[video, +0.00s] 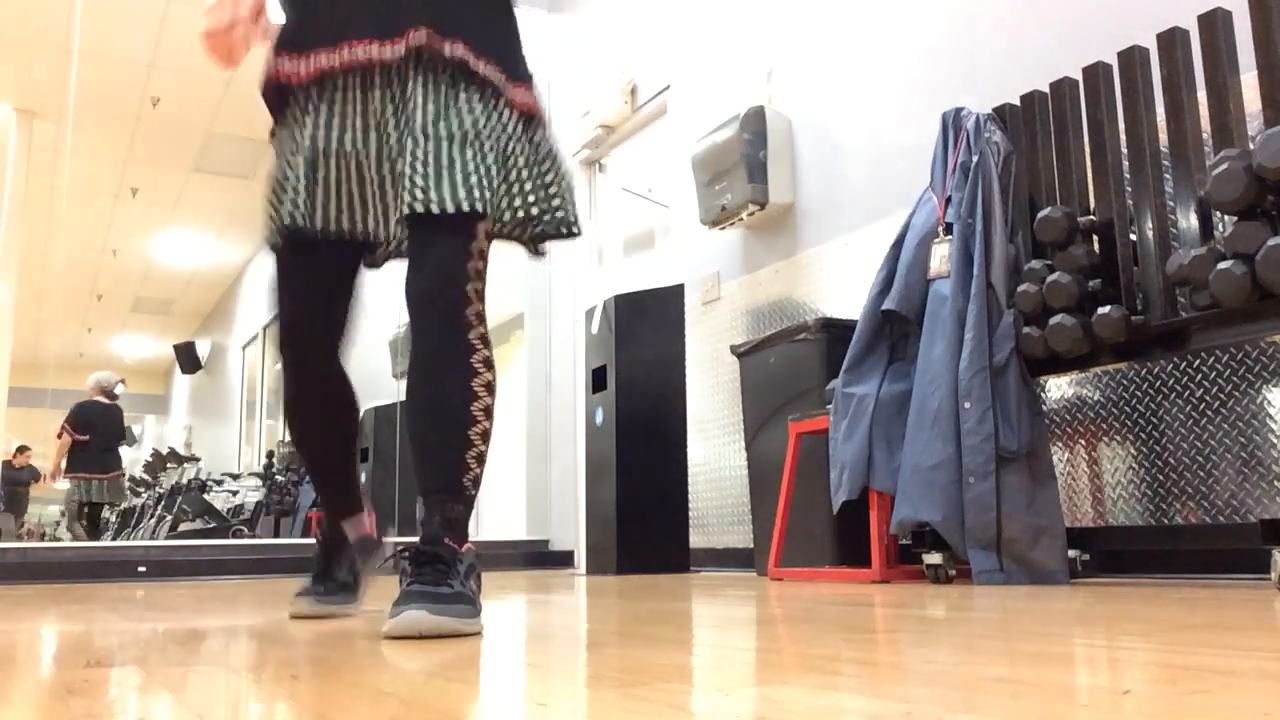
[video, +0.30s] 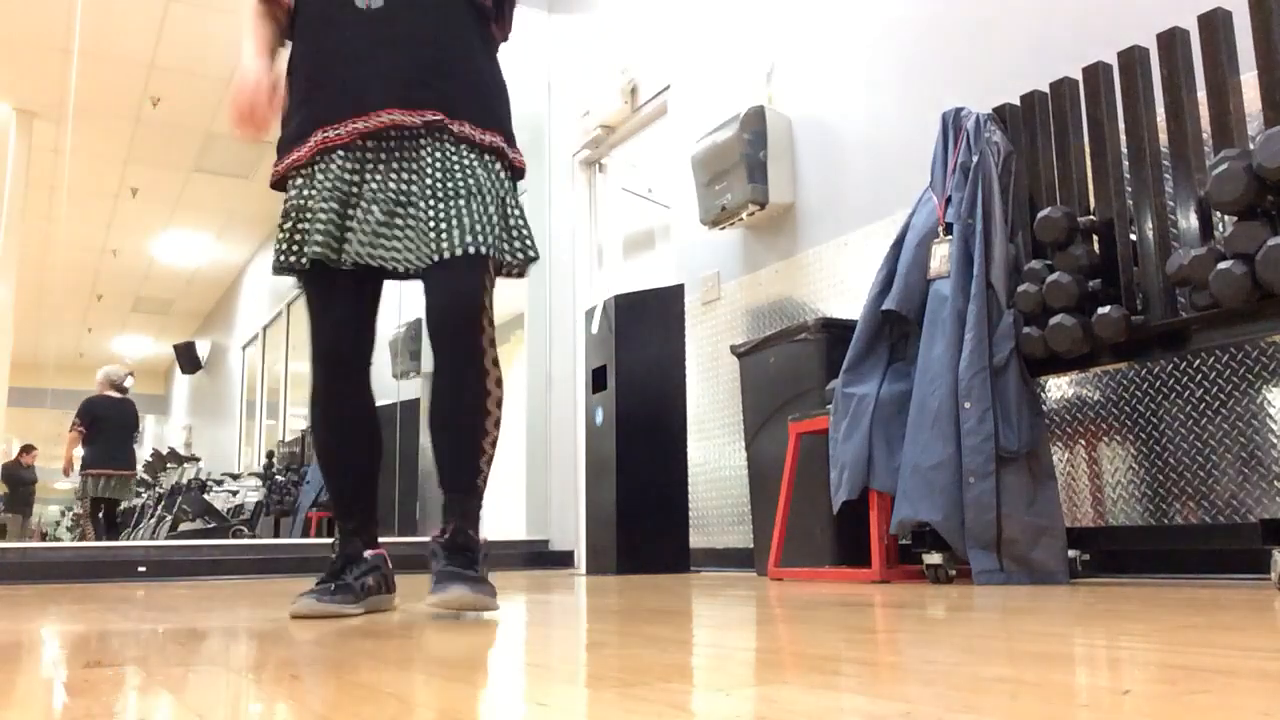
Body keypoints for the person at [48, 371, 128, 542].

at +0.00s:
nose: (88, 388)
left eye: (90, 386)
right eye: (89, 386)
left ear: (93, 387)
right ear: (111, 389)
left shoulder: (81, 408)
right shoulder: (116, 410)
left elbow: (66, 439)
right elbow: (120, 439)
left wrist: (56, 464)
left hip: (81, 476)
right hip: (108, 475)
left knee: (73, 521)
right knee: (94, 521)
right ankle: (95, 558)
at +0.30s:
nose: (96, 384)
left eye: (98, 381)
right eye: (98, 381)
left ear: (103, 382)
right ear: (121, 384)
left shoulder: (92, 403)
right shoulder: (130, 405)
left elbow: (76, 432)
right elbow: (134, 434)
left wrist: (68, 458)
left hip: (96, 470)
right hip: (124, 470)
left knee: (91, 514)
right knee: (111, 513)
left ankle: (96, 553)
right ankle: (112, 553)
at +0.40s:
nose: (104, 380)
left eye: (106, 377)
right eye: (105, 377)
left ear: (111, 379)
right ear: (128, 380)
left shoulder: (100, 401)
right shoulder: (137, 403)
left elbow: (87, 432)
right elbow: (141, 432)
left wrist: (74, 458)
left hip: (102, 470)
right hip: (131, 469)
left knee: (96, 513)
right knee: (123, 512)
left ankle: (100, 551)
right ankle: (130, 551)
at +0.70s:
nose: (123, 380)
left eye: (125, 376)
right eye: (125, 375)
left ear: (130, 379)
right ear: (147, 381)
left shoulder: (125, 401)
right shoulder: (155, 402)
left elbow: (121, 431)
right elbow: (161, 435)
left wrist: (100, 455)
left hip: (129, 470)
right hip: (158, 469)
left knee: (113, 515)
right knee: (151, 514)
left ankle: (109, 558)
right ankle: (155, 558)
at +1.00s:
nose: (134, 375)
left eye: (136, 371)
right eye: (135, 370)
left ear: (141, 373)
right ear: (160, 375)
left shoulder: (138, 396)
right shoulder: (167, 397)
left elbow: (127, 430)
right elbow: (182, 431)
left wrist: (97, 441)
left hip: (139, 467)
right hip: (166, 467)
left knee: (129, 511)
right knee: (154, 514)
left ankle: (139, 548)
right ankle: (155, 555)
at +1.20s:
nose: (139, 375)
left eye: (140, 372)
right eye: (140, 372)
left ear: (145, 374)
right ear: (166, 375)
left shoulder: (139, 395)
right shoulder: (175, 397)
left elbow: (118, 424)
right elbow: (191, 428)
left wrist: (91, 413)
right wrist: (201, 433)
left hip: (144, 467)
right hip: (172, 466)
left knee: (139, 515)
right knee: (157, 514)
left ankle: (147, 559)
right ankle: (163, 556)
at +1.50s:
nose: (156, 372)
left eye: (158, 369)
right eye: (157, 368)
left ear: (164, 371)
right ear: (182, 372)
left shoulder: (162, 394)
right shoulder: (195, 397)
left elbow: (132, 410)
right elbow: (213, 419)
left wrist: (113, 392)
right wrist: (190, 426)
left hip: (156, 462)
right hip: (183, 463)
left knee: (151, 510)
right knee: (177, 509)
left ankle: (147, 555)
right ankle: (195, 544)